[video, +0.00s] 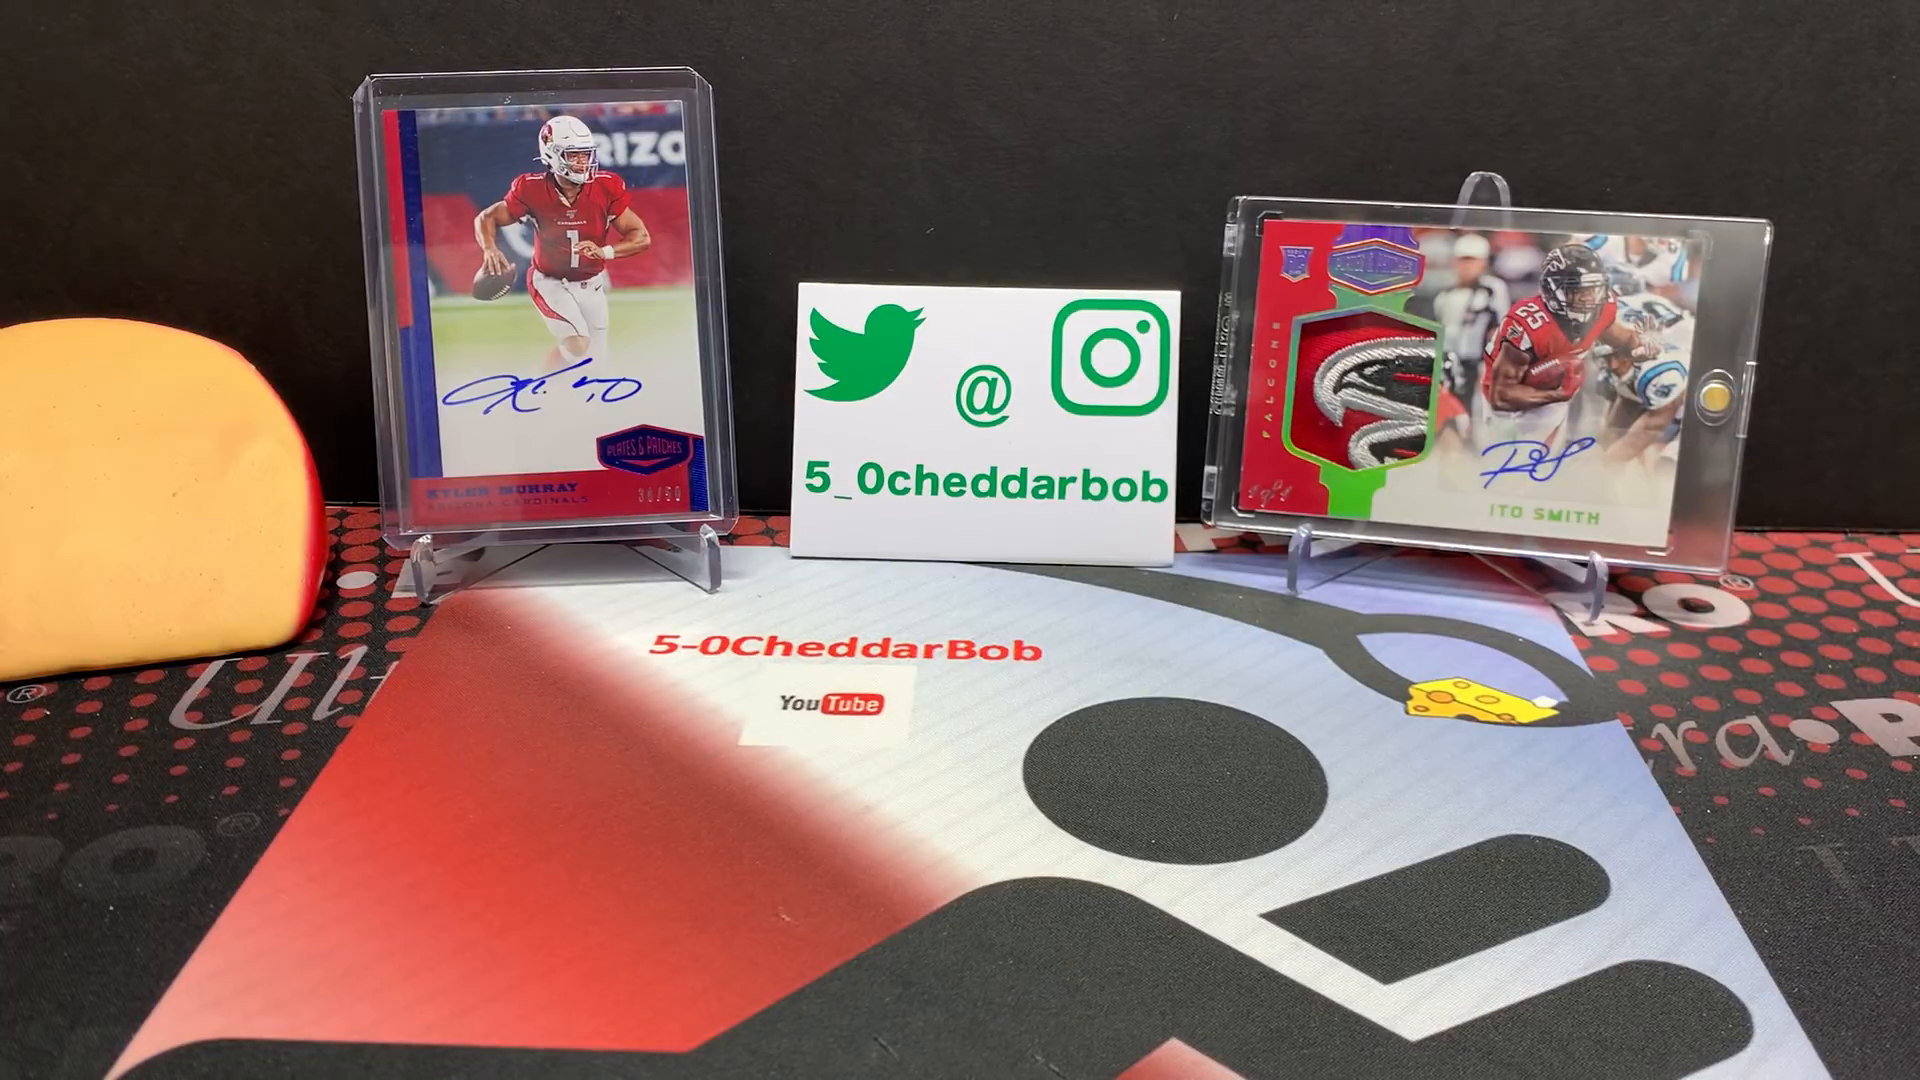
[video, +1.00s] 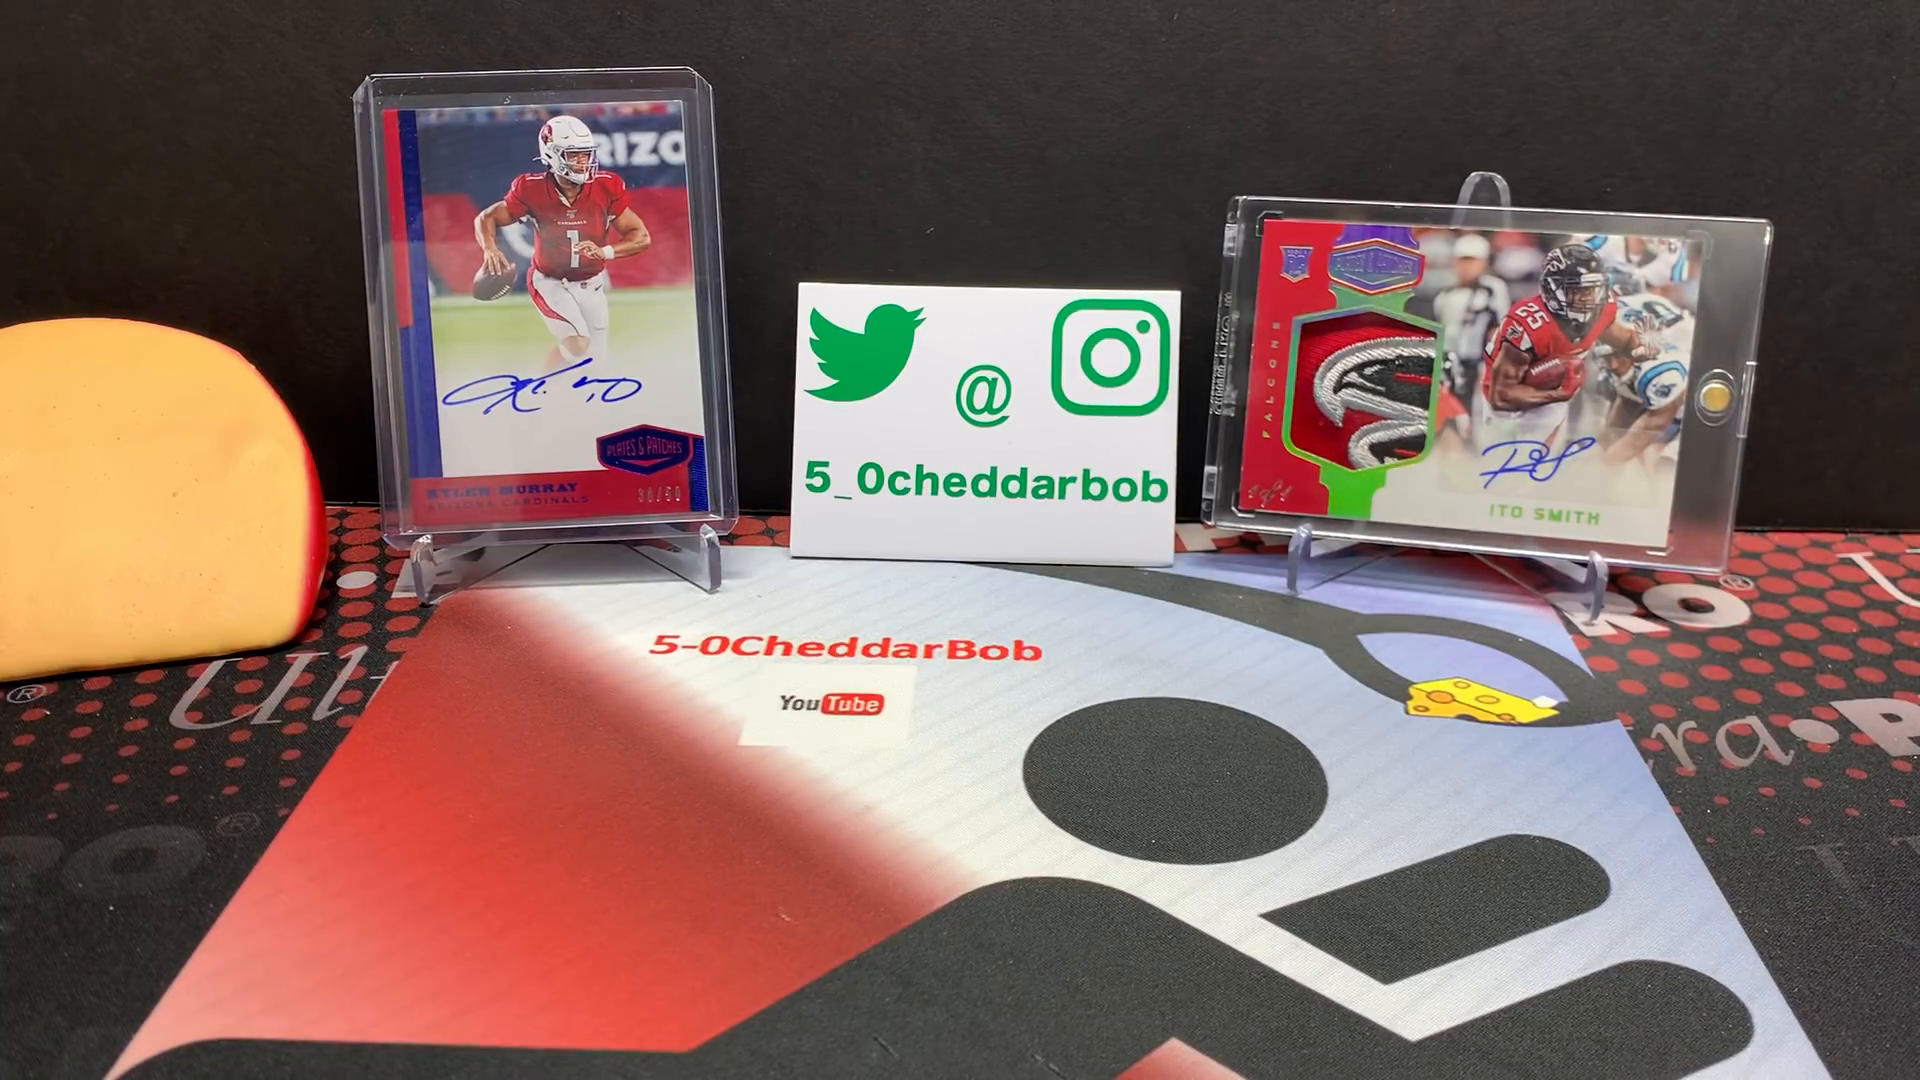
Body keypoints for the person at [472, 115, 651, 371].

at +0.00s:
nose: (580, 162)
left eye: (585, 155)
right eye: (573, 156)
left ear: (592, 154)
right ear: (552, 155)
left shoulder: (607, 187)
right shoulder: (530, 189)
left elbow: (641, 238)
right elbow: (485, 219)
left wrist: (605, 252)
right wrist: (489, 248)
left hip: (591, 283)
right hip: (549, 280)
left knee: (596, 362)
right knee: (577, 344)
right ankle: (533, 390)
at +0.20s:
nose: (581, 162)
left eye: (585, 155)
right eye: (573, 156)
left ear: (591, 154)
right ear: (552, 155)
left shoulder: (606, 187)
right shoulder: (530, 189)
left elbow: (641, 238)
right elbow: (485, 219)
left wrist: (605, 252)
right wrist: (489, 248)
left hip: (591, 283)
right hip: (549, 280)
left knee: (596, 362)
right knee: (577, 344)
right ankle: (534, 390)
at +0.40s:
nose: (580, 162)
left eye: (585, 155)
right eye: (573, 156)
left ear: (591, 154)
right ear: (552, 155)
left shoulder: (606, 187)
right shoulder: (530, 189)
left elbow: (641, 238)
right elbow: (484, 219)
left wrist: (605, 252)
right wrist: (490, 248)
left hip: (591, 283)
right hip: (549, 280)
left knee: (596, 362)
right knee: (577, 344)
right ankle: (534, 391)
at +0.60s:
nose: (580, 162)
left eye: (584, 155)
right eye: (573, 156)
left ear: (592, 154)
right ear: (552, 155)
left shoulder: (606, 187)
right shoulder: (530, 189)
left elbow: (641, 238)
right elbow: (485, 219)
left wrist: (605, 252)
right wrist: (489, 248)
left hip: (591, 283)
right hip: (549, 280)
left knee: (596, 362)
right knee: (577, 344)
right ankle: (534, 391)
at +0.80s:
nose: (581, 162)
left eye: (585, 154)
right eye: (573, 156)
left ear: (592, 154)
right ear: (552, 155)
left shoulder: (606, 187)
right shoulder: (530, 189)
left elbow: (641, 237)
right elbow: (485, 219)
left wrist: (606, 252)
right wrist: (490, 248)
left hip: (591, 283)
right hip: (549, 280)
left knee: (596, 362)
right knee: (577, 345)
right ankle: (534, 391)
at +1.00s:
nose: (580, 162)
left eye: (585, 155)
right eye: (573, 156)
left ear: (591, 154)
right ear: (552, 155)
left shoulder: (606, 187)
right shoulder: (530, 189)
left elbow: (641, 238)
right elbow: (484, 219)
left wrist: (605, 252)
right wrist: (490, 248)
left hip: (591, 283)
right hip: (549, 280)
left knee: (596, 362)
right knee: (577, 344)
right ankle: (534, 391)